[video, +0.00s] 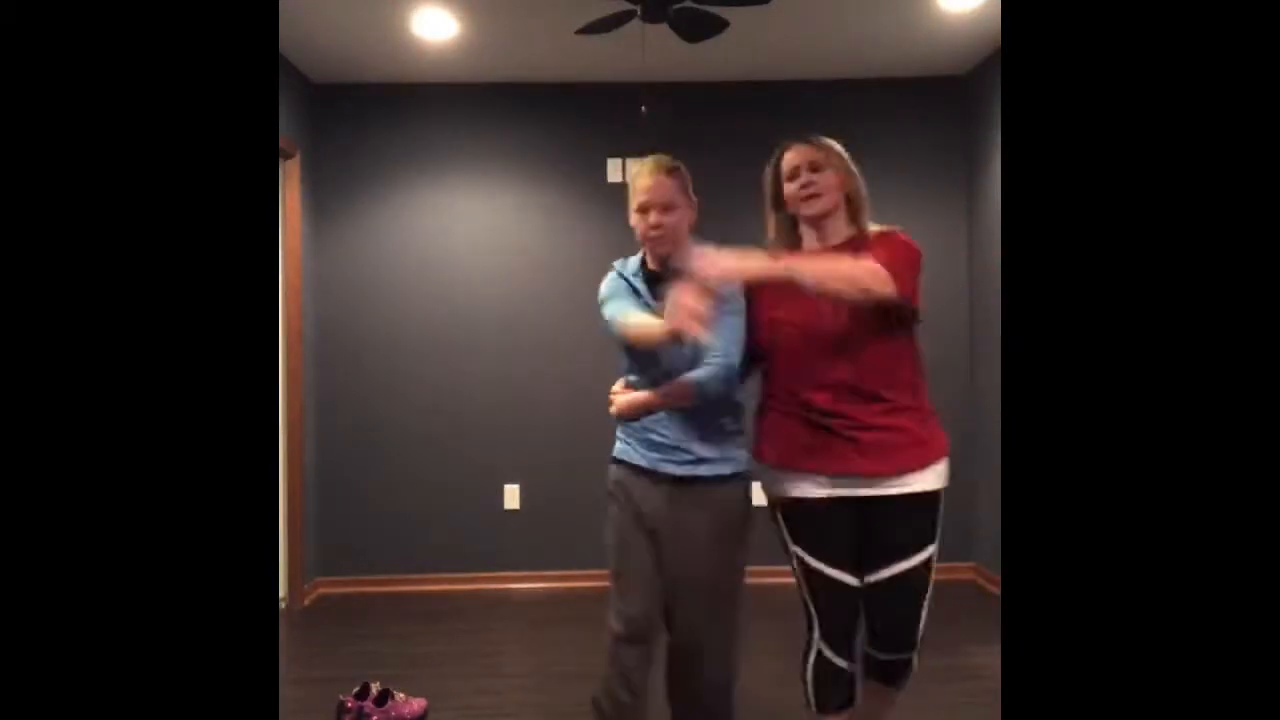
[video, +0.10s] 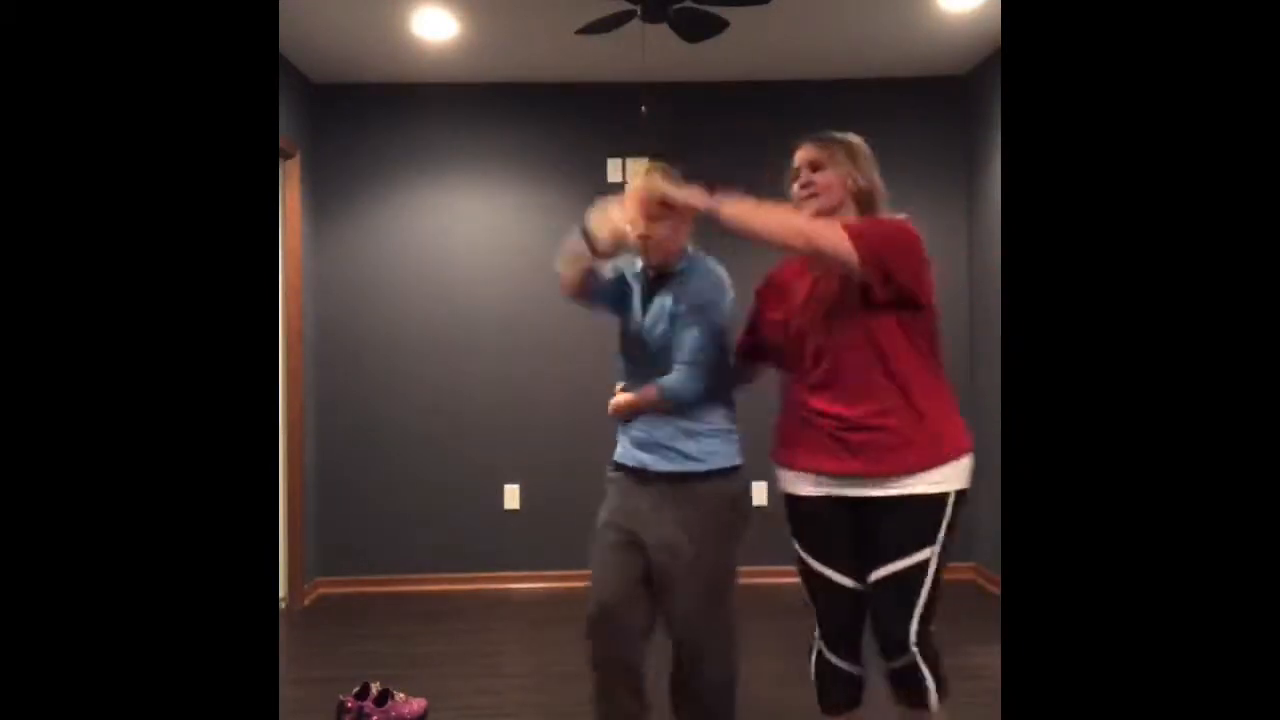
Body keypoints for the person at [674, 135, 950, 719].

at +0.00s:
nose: (804, 181)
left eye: (816, 169)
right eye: (792, 177)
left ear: (847, 178)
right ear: (782, 197)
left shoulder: (891, 247)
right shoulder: (765, 271)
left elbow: (874, 281)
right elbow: (742, 358)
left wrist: (761, 267)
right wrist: (691, 314)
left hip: (901, 472)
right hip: (806, 477)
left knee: (894, 637)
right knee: (834, 634)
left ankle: (872, 714)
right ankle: (834, 717)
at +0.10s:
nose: (800, 181)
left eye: (815, 168)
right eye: (794, 175)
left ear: (856, 176)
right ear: (792, 190)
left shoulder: (898, 240)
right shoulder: (784, 280)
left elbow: (815, 235)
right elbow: (742, 366)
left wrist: (709, 202)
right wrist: (663, 393)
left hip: (915, 476)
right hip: (816, 479)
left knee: (901, 637)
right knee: (837, 639)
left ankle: (926, 711)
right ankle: (837, 715)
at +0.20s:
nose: (809, 182)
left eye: (823, 167)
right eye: (807, 171)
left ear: (865, 172)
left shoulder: (909, 236)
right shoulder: (808, 280)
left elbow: (785, 203)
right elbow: (743, 356)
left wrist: (685, 155)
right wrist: (674, 383)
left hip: (932, 472)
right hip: (837, 477)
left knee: (918, 634)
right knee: (848, 643)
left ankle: (970, 715)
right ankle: (861, 717)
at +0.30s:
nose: (827, 192)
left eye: (838, 178)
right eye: (826, 180)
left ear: (881, 180)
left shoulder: (919, 239)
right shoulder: (830, 283)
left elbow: (782, 195)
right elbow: (759, 339)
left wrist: (711, 145)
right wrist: (684, 370)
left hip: (950, 474)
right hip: (862, 478)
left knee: (945, 638)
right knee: (850, 631)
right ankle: (878, 716)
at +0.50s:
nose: (857, 194)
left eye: (868, 182)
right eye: (860, 182)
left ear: (906, 187)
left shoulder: (936, 245)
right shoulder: (884, 283)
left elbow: (785, 214)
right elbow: (799, 343)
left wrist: (770, 171)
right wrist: (708, 357)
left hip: (959, 481)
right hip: (903, 484)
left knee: (939, 647)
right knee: (851, 615)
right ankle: (886, 717)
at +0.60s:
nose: (863, 197)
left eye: (875, 186)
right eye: (866, 185)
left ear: (914, 191)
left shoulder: (941, 250)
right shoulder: (888, 279)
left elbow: (799, 236)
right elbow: (814, 341)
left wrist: (793, 207)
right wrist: (714, 344)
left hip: (954, 479)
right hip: (903, 481)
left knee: (932, 651)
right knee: (853, 611)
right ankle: (892, 713)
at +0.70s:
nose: (852, 195)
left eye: (863, 184)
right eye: (856, 183)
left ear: (899, 191)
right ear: (914, 193)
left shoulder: (929, 251)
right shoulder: (877, 273)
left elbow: (851, 260)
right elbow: (815, 330)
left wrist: (789, 259)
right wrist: (728, 323)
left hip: (941, 471)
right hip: (888, 475)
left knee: (921, 648)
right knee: (849, 608)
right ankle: (893, 709)